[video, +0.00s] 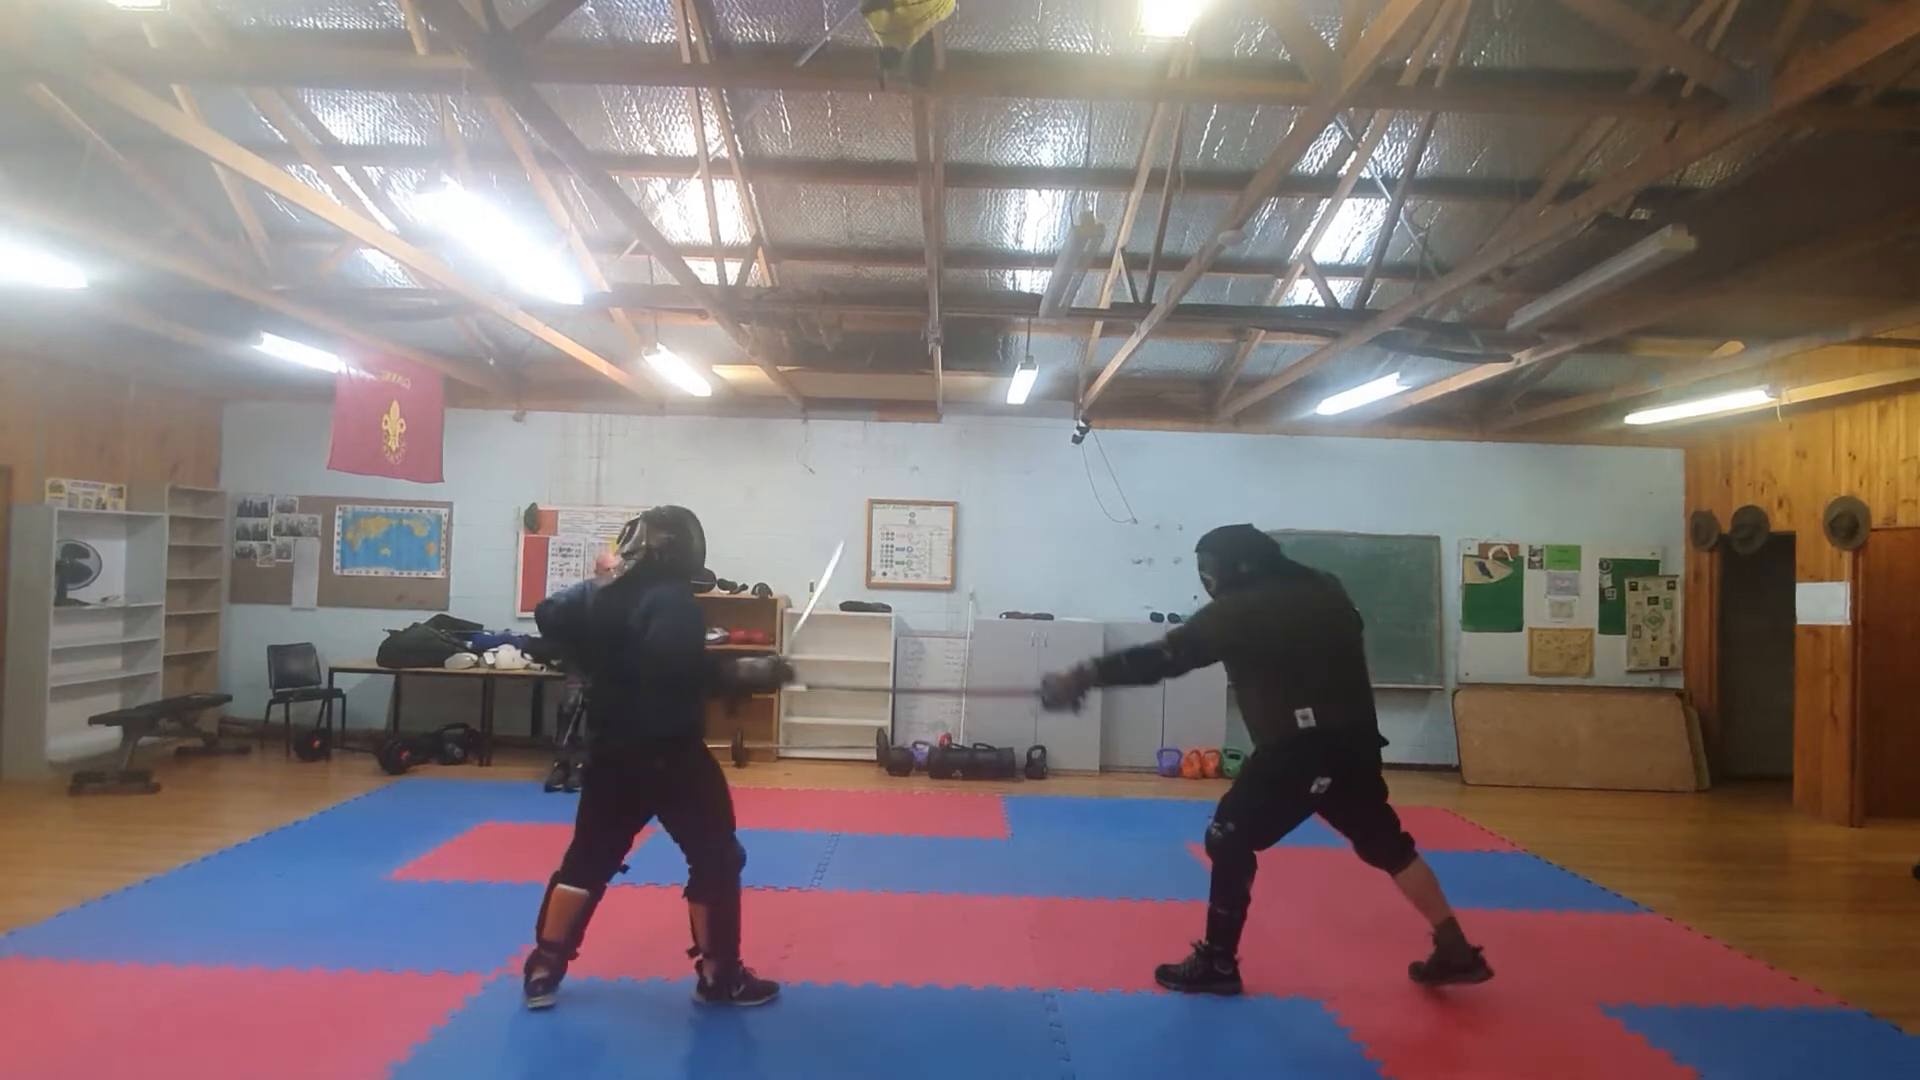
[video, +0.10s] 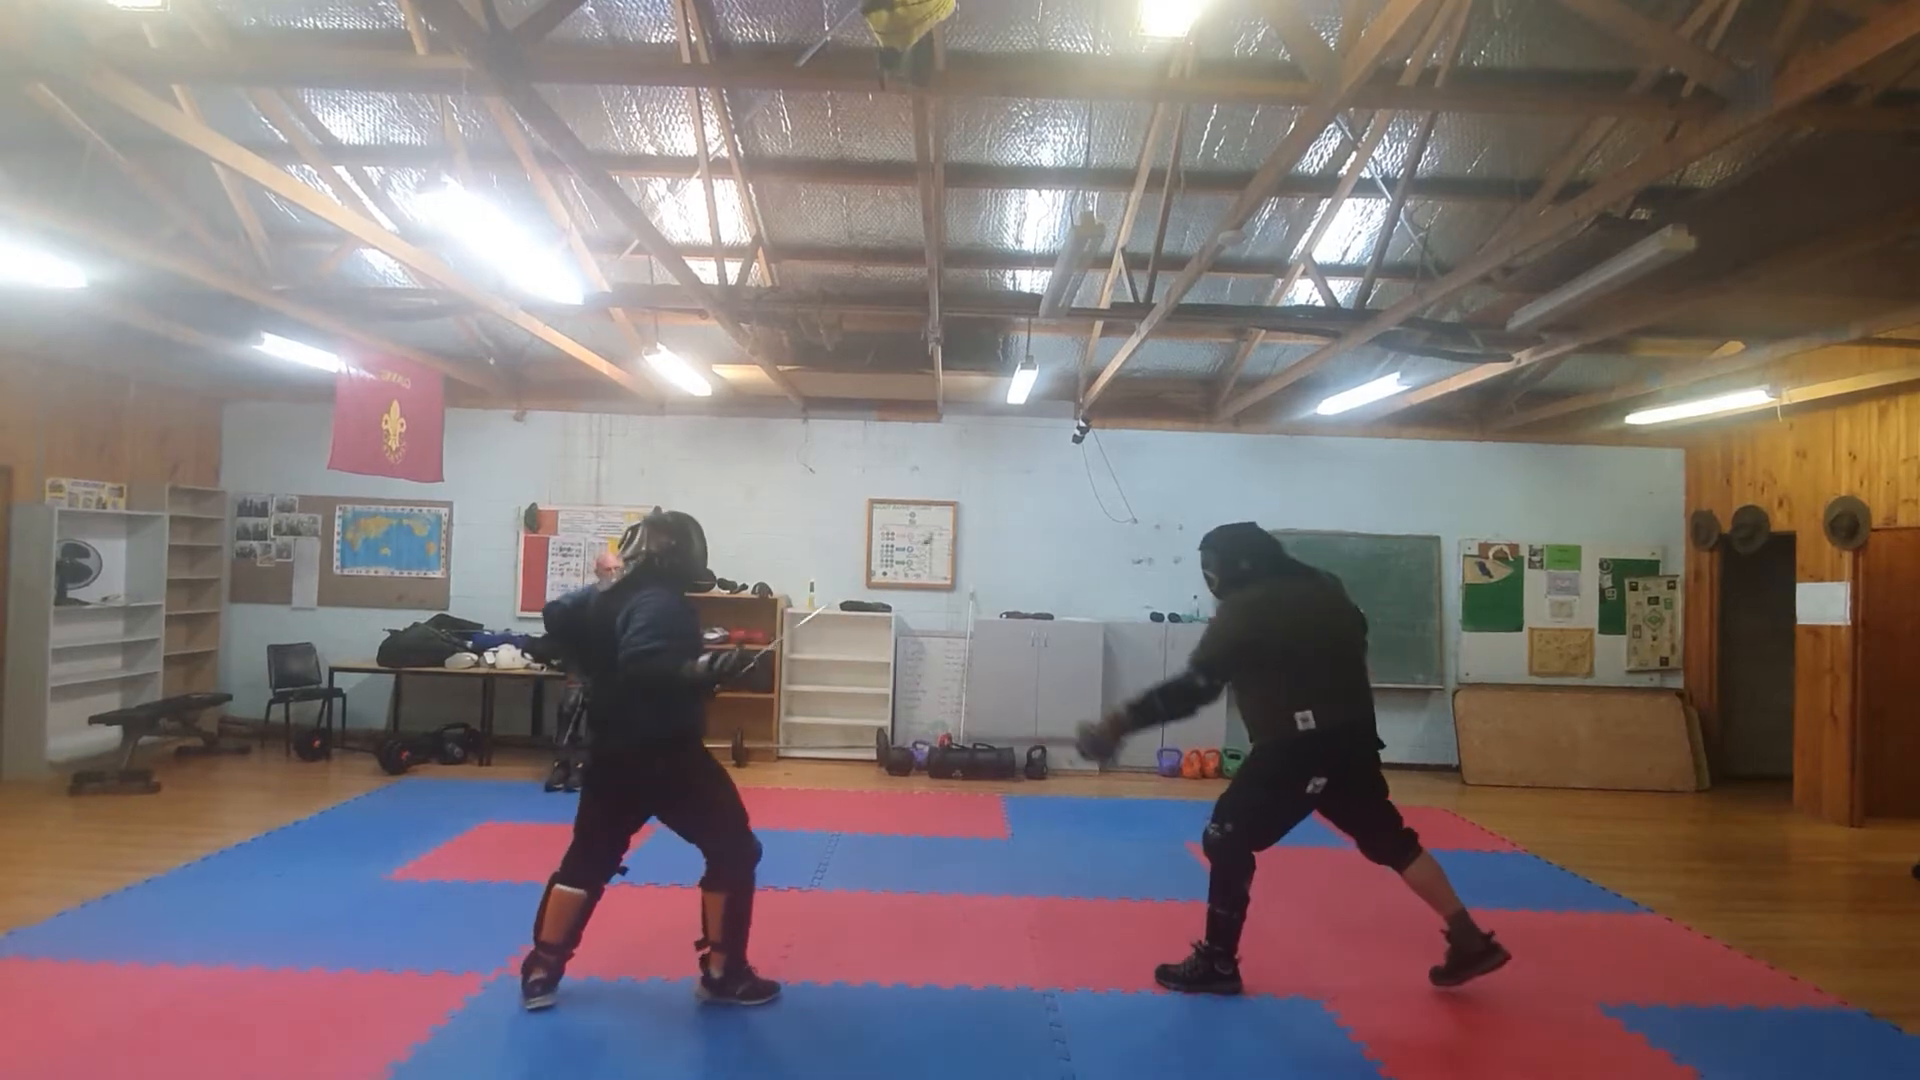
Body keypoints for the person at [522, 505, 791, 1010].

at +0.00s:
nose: (698, 563)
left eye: (696, 554)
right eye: (695, 553)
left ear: (635, 549)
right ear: (683, 551)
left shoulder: (601, 600)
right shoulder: (676, 602)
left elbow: (549, 614)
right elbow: (675, 669)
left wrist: (596, 582)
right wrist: (738, 674)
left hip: (613, 760)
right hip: (677, 761)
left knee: (588, 857)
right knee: (717, 857)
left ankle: (544, 968)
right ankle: (720, 973)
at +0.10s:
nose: (701, 564)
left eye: (699, 553)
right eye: (696, 553)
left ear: (638, 552)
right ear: (679, 555)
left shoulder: (604, 601)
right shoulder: (664, 603)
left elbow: (554, 616)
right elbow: (640, 663)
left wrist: (599, 588)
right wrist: (710, 668)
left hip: (613, 763)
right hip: (671, 762)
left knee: (587, 858)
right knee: (733, 849)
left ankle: (541, 972)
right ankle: (724, 972)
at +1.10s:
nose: (701, 572)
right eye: (698, 562)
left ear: (637, 560)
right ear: (687, 564)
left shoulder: (598, 615)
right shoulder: (677, 620)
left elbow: (549, 645)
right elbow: (696, 703)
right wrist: (774, 695)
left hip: (605, 780)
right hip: (668, 782)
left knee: (588, 874)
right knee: (718, 877)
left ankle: (546, 983)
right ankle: (770, 978)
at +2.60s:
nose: (668, 563)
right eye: (665, 554)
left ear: (603, 549)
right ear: (657, 555)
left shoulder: (569, 608)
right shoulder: (655, 613)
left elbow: (518, 624)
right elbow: (715, 660)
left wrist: (567, 596)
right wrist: (794, 642)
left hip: (583, 771)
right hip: (649, 770)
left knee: (578, 865)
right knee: (705, 858)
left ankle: (545, 982)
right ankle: (704, 980)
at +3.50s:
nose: (717, 566)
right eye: (716, 555)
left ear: (651, 552)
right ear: (712, 557)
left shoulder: (618, 608)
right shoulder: (717, 615)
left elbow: (566, 631)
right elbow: (772, 661)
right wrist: (846, 649)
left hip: (637, 771)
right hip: (709, 772)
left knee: (622, 866)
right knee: (747, 864)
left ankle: (591, 986)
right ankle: (745, 984)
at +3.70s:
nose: (711, 564)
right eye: (709, 554)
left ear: (644, 551)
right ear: (704, 555)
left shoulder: (611, 608)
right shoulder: (708, 613)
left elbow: (557, 636)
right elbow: (767, 661)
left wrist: (613, 667)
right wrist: (845, 644)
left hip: (630, 771)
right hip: (699, 771)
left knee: (621, 867)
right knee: (742, 865)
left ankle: (591, 986)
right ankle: (745, 984)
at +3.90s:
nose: (711, 563)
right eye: (709, 553)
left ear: (644, 550)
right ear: (703, 554)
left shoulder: (610, 606)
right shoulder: (703, 610)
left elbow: (552, 639)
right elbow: (760, 669)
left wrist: (616, 668)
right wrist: (836, 655)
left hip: (631, 772)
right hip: (699, 772)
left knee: (623, 866)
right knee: (750, 860)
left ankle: (591, 986)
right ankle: (749, 981)